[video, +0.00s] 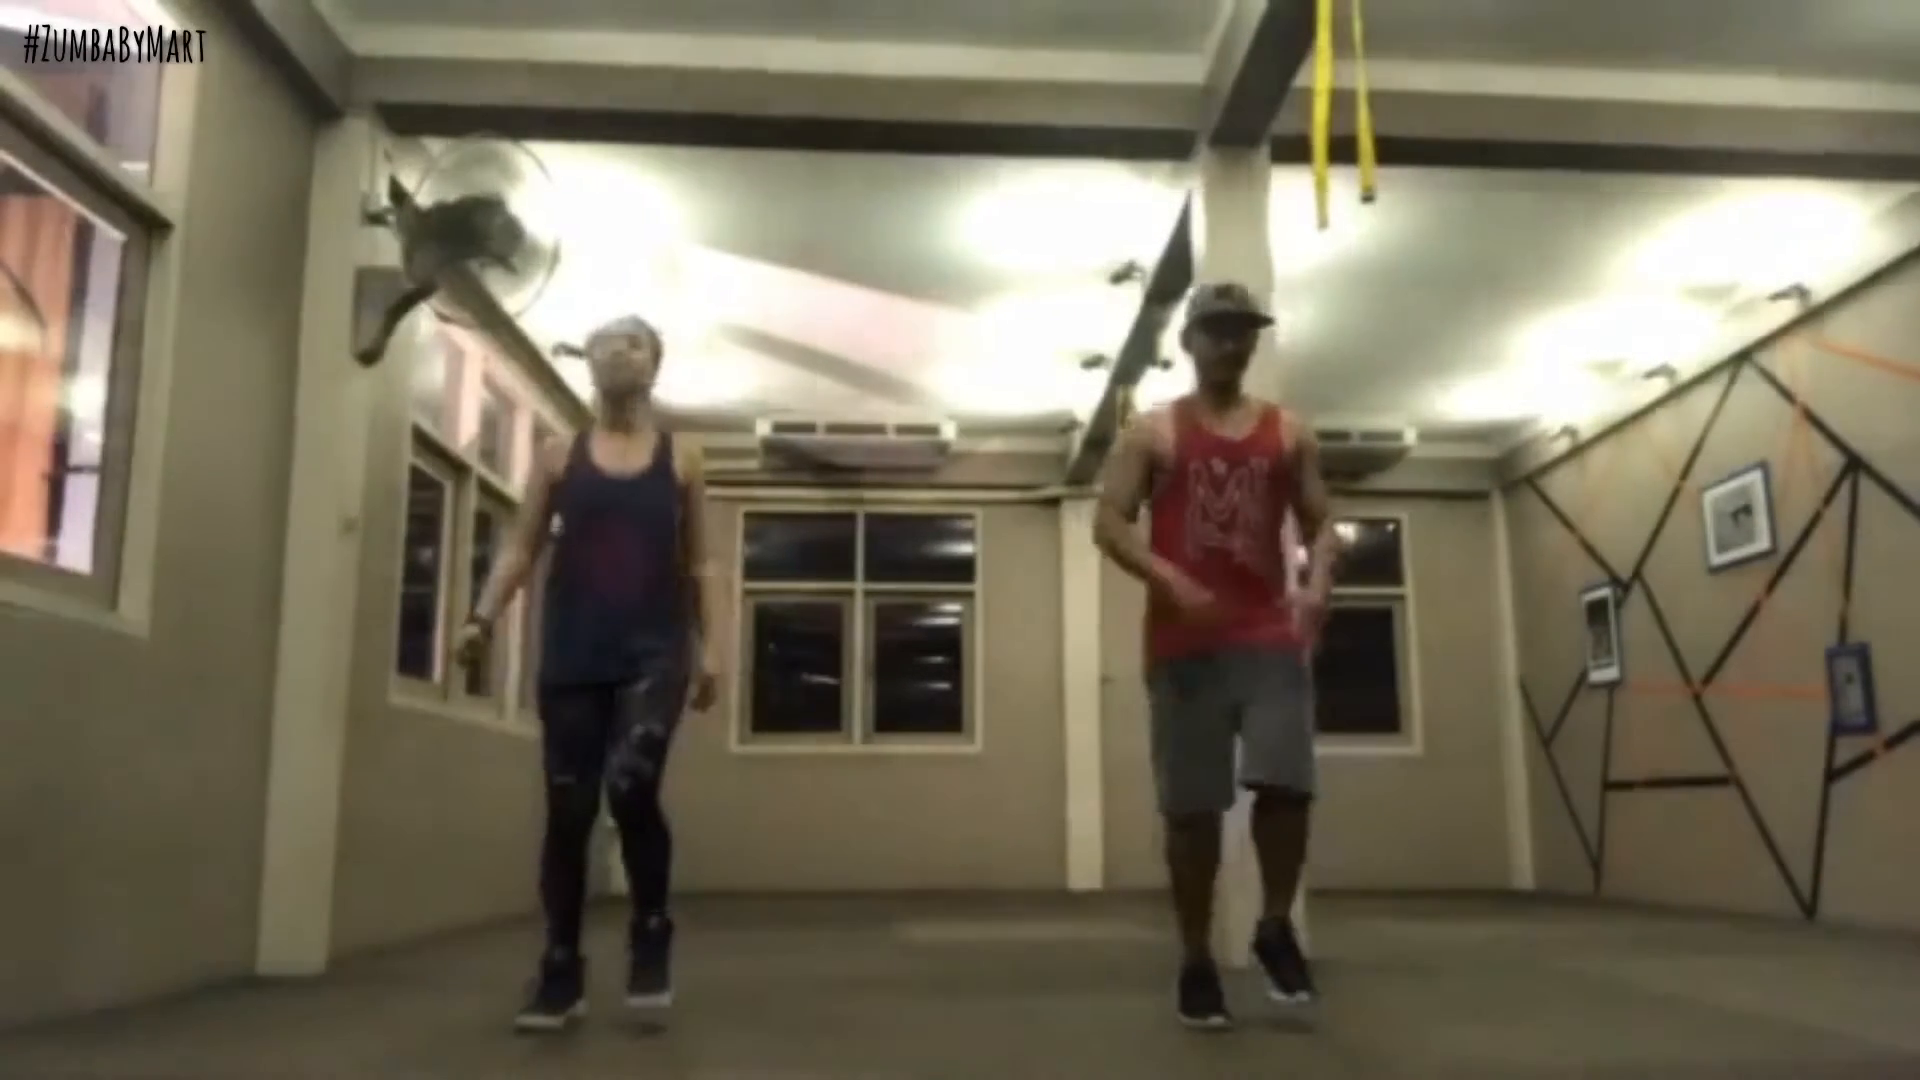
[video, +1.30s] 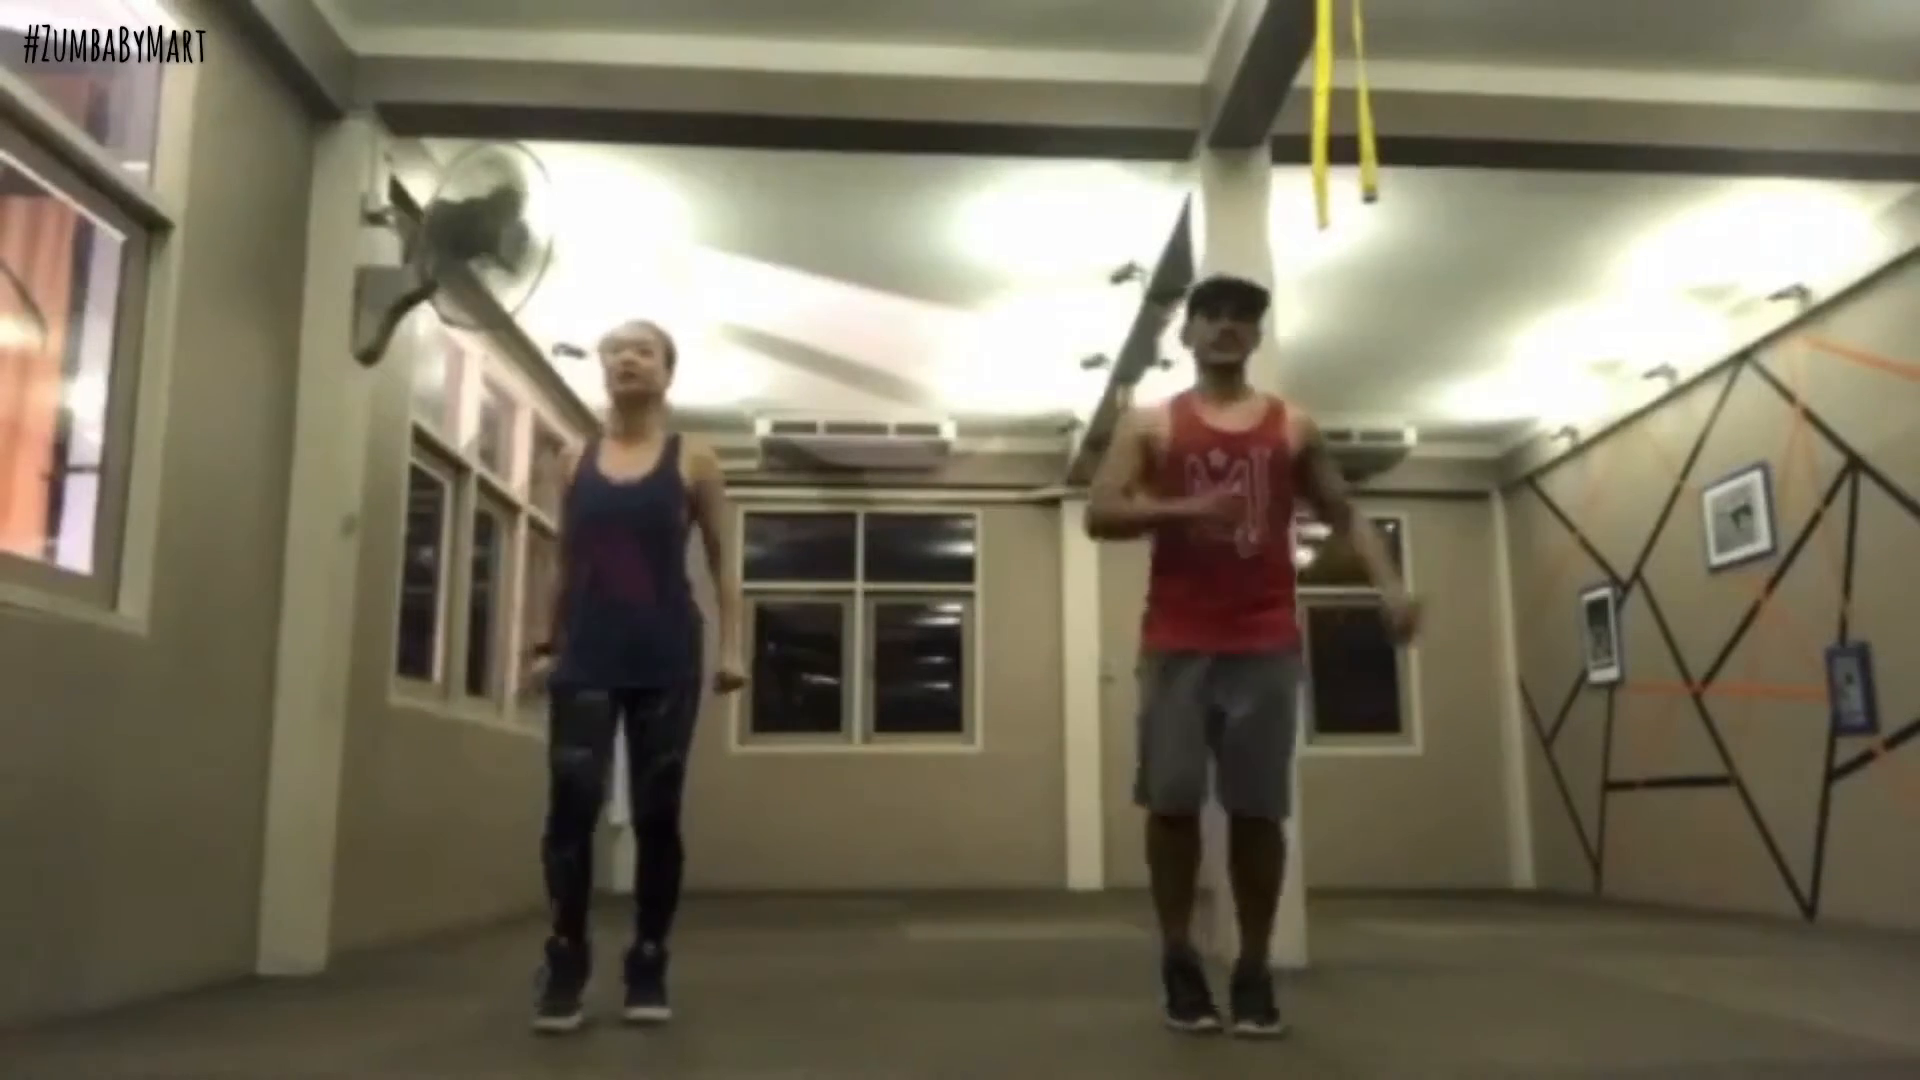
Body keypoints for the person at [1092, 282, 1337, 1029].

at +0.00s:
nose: (1227, 343)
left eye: (1240, 331)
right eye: (1214, 330)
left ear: (1257, 341)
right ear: (1188, 339)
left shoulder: (1289, 434)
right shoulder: (1153, 431)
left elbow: (1321, 526)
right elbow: (1109, 524)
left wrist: (1315, 587)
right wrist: (1169, 579)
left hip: (1270, 638)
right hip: (1186, 643)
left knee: (1287, 788)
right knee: (1193, 809)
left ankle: (1276, 928)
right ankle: (1197, 963)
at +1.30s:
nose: (1226, 330)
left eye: (1240, 319)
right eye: (1212, 317)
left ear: (1259, 335)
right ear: (1188, 330)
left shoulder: (1290, 428)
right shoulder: (1150, 422)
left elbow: (1346, 514)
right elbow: (1101, 513)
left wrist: (1390, 586)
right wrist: (1188, 510)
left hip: (1267, 643)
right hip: (1178, 643)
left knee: (1259, 812)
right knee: (1174, 808)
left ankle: (1254, 969)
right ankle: (1180, 962)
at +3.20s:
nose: (1150, 326)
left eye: (1163, 312)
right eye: (1137, 310)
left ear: (1181, 319)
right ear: (1113, 317)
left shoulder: (1218, 401)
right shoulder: (1078, 403)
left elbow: (1336, 416)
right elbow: (982, 411)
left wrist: (1458, 422)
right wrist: (964, 393)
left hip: (1193, 622)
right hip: (1104, 625)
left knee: (1164, 789)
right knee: (1069, 795)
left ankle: (1150, 983)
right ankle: (1177, 931)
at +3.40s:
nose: (1116, 326)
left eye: (1131, 311)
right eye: (1103, 311)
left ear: (1158, 316)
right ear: (1079, 315)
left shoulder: (1183, 390)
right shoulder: (1047, 387)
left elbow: (1280, 425)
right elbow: (925, 372)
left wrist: (1265, 372)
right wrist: (821, 358)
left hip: (1148, 628)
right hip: (1054, 621)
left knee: (1147, 802)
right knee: (993, 770)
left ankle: (1136, 984)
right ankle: (990, 932)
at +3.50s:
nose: (1103, 343)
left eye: (1117, 328)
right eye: (1090, 327)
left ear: (1142, 339)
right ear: (1065, 336)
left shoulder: (1162, 430)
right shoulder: (1029, 410)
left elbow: (1255, 470)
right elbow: (911, 398)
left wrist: (1188, 432)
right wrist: (798, 394)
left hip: (1124, 651)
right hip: (1030, 650)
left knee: (1134, 814)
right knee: (982, 814)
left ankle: (1132, 987)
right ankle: (941, 966)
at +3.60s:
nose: (1090, 340)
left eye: (1102, 326)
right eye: (1076, 325)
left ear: (1122, 336)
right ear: (1048, 334)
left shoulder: (1143, 429)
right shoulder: (1013, 410)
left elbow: (1244, 477)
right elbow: (903, 395)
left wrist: (1165, 431)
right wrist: (800, 384)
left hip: (1103, 647)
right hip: (1011, 650)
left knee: (1127, 801)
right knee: (977, 819)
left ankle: (1135, 986)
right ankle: (945, 977)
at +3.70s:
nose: (1088, 332)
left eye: (1102, 318)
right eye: (1074, 316)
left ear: (1118, 327)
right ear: (1049, 321)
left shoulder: (1139, 413)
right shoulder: (1009, 396)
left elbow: (1247, 435)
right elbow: (905, 368)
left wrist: (1220, 370)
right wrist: (826, 320)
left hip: (1109, 629)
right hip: (1013, 633)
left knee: (1136, 781)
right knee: (981, 806)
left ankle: (1146, 966)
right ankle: (947, 970)